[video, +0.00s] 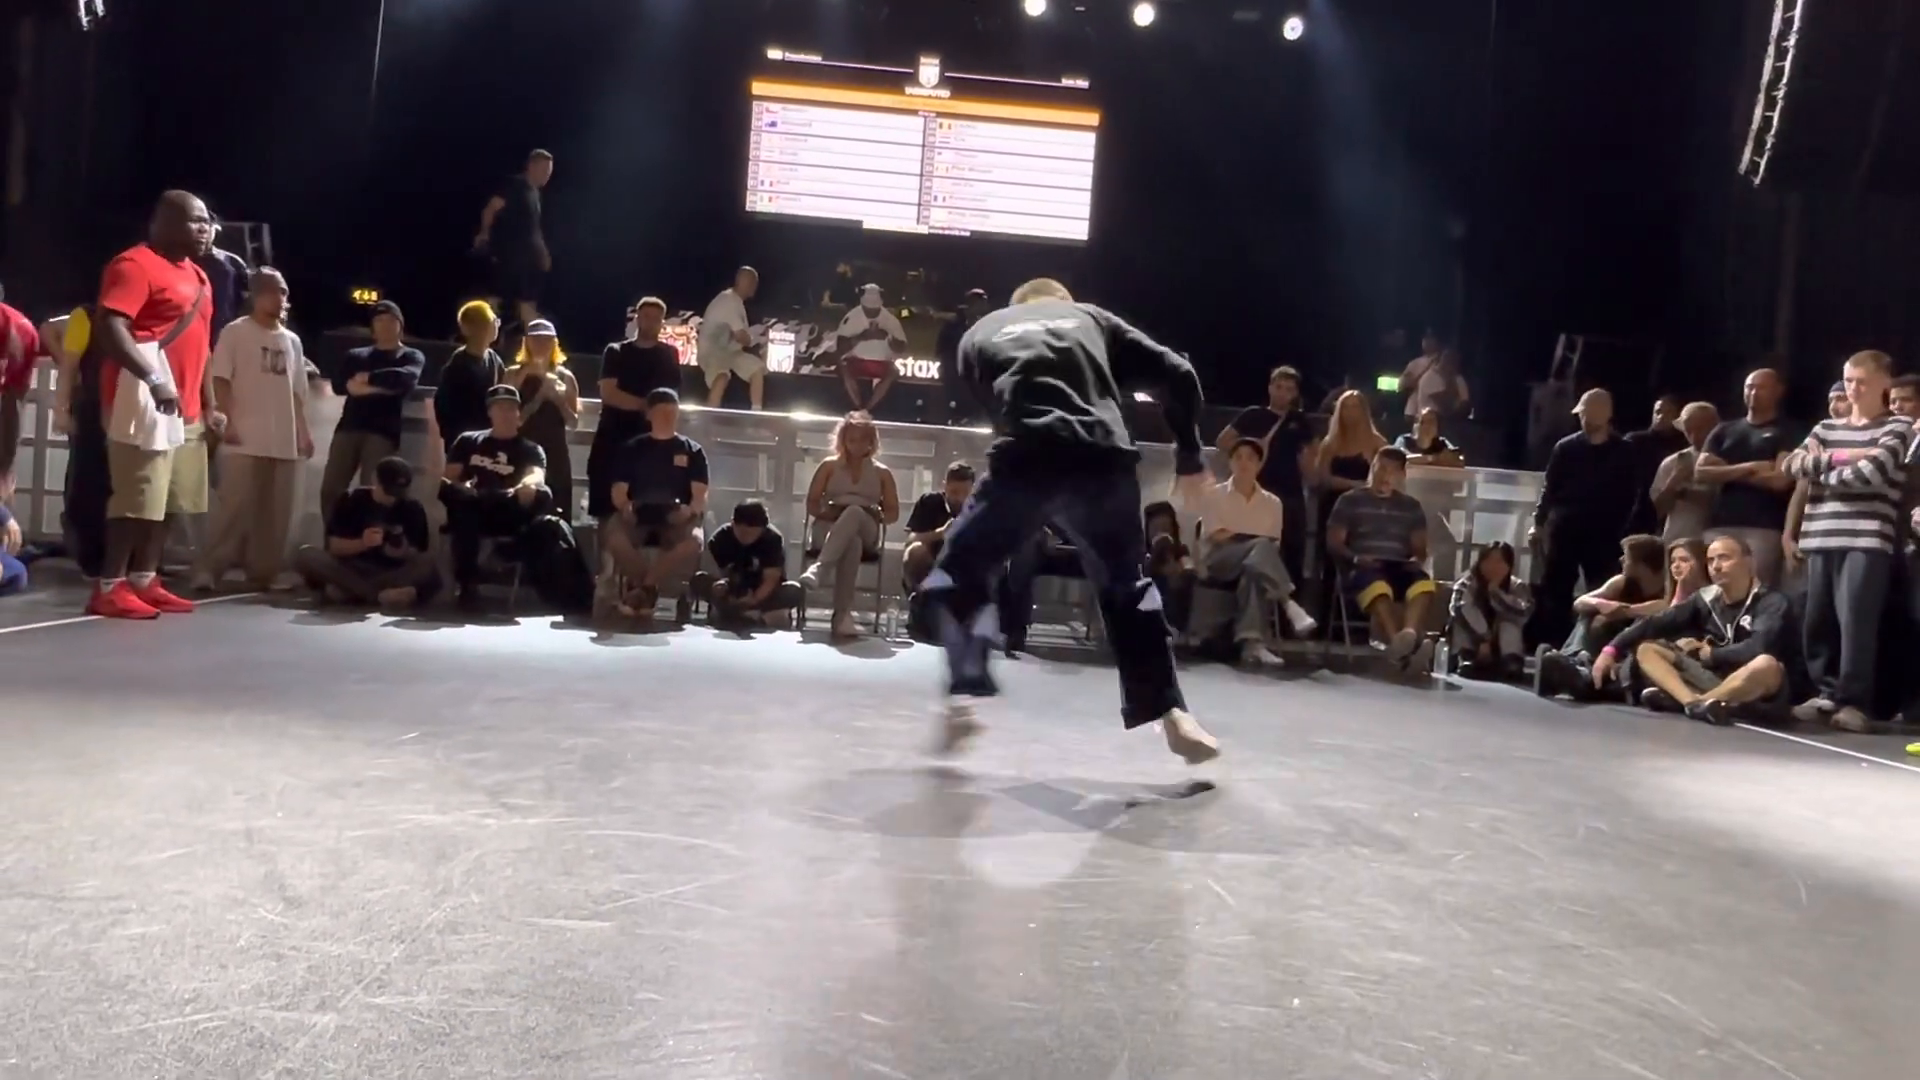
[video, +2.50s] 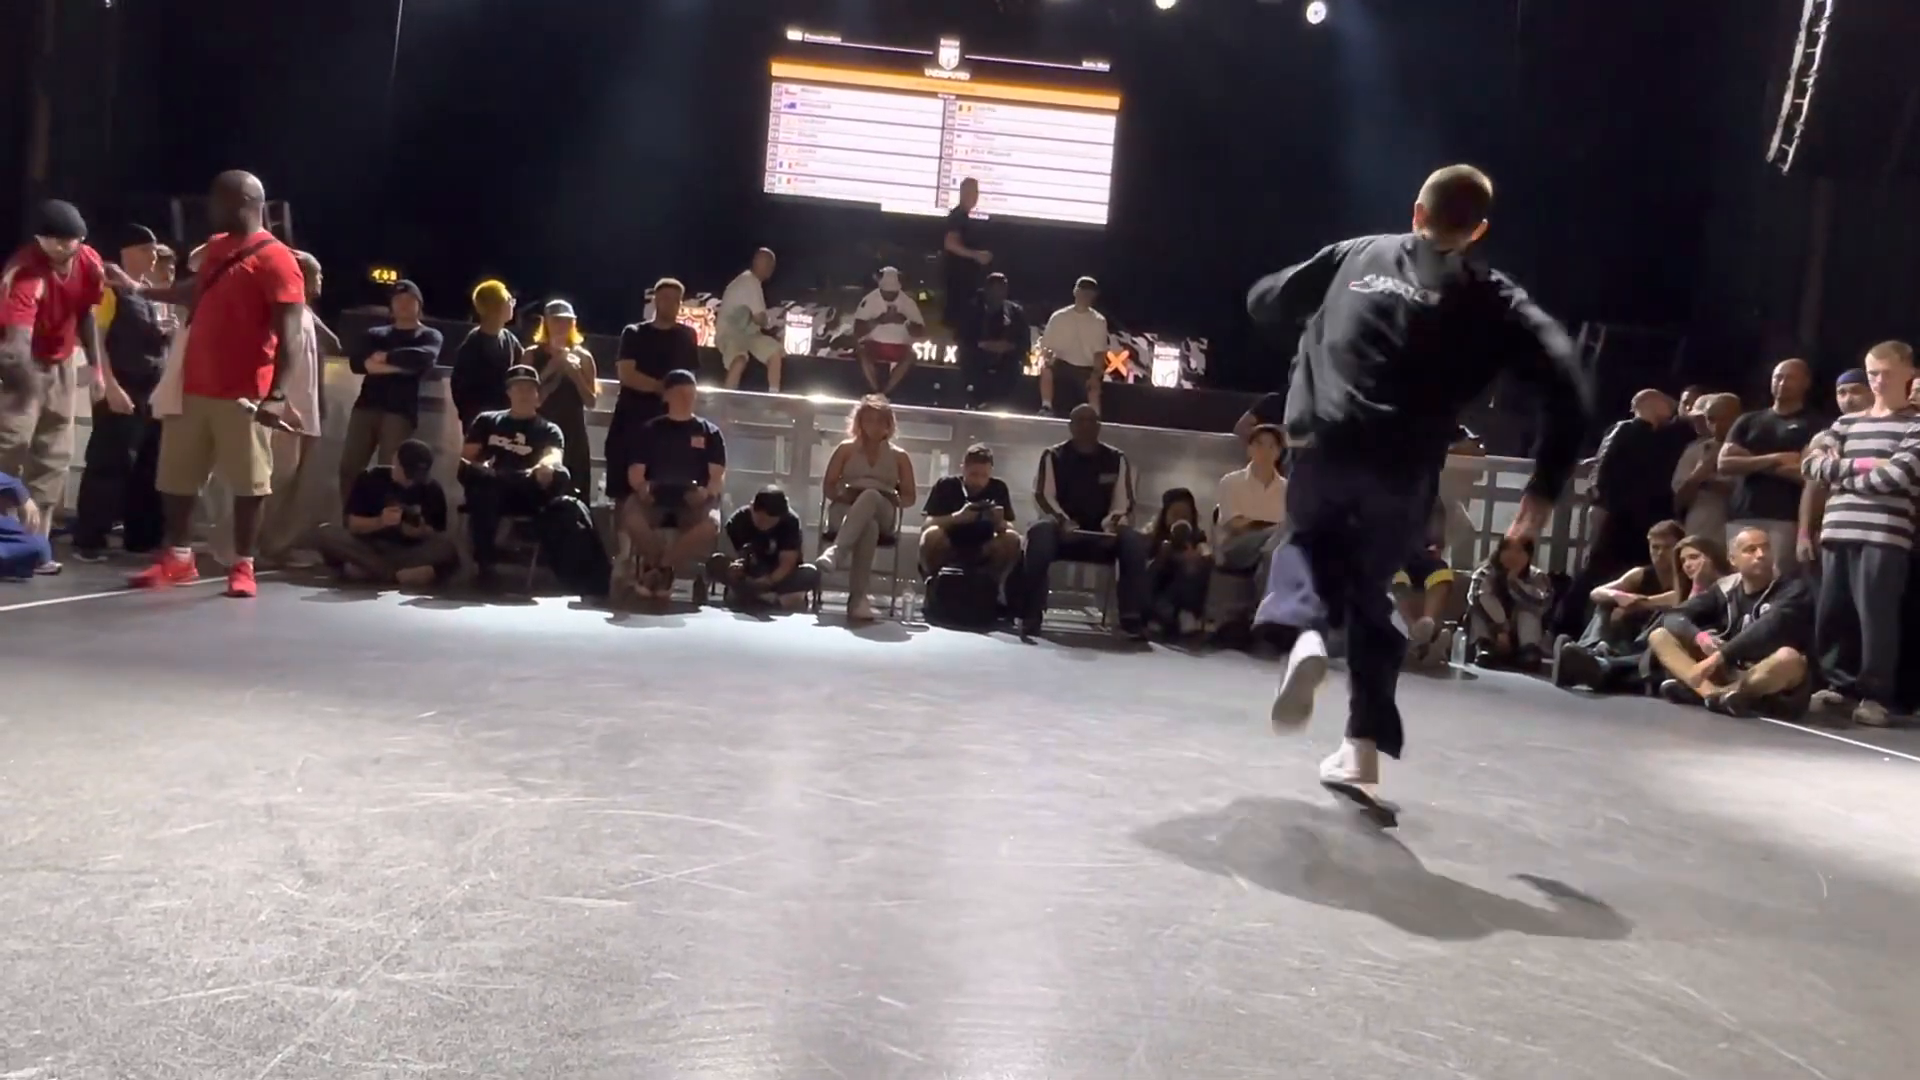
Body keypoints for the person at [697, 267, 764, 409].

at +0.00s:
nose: (754, 288)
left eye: (755, 284)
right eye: (752, 283)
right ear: (742, 282)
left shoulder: (737, 302)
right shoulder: (728, 300)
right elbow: (741, 336)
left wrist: (756, 332)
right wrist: (755, 338)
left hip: (732, 351)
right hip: (712, 351)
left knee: (757, 370)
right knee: (722, 376)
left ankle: (756, 413)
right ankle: (709, 417)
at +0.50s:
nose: (762, 280)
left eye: (763, 276)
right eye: (760, 275)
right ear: (749, 274)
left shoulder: (746, 295)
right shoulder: (736, 292)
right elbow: (749, 329)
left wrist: (766, 324)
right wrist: (763, 330)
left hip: (739, 343)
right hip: (719, 343)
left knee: (764, 362)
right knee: (729, 368)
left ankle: (763, 405)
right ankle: (717, 409)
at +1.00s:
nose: (768, 276)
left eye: (769, 272)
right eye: (766, 271)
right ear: (755, 269)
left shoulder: (752, 289)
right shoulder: (742, 287)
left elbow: (756, 320)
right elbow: (753, 323)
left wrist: (772, 319)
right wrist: (768, 323)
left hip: (746, 338)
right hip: (725, 338)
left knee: (770, 357)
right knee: (735, 364)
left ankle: (769, 400)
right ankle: (721, 403)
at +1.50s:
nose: (769, 271)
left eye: (771, 267)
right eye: (767, 266)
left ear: (771, 268)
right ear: (758, 264)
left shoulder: (755, 284)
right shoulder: (747, 283)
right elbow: (759, 319)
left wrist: (757, 318)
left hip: (748, 333)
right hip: (729, 332)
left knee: (774, 353)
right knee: (739, 359)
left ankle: (772, 396)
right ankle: (725, 397)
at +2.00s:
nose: (772, 270)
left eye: (773, 266)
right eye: (770, 265)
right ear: (760, 263)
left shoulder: (753, 281)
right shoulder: (751, 281)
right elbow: (759, 316)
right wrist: (769, 321)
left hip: (750, 332)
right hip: (730, 332)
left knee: (775, 352)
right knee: (740, 358)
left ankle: (774, 396)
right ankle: (727, 398)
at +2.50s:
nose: (770, 270)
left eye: (772, 266)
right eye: (769, 265)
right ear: (760, 264)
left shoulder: (753, 282)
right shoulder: (749, 282)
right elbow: (759, 317)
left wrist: (764, 318)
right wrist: (768, 321)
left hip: (750, 333)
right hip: (730, 332)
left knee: (775, 353)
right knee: (739, 359)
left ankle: (773, 396)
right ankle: (726, 398)